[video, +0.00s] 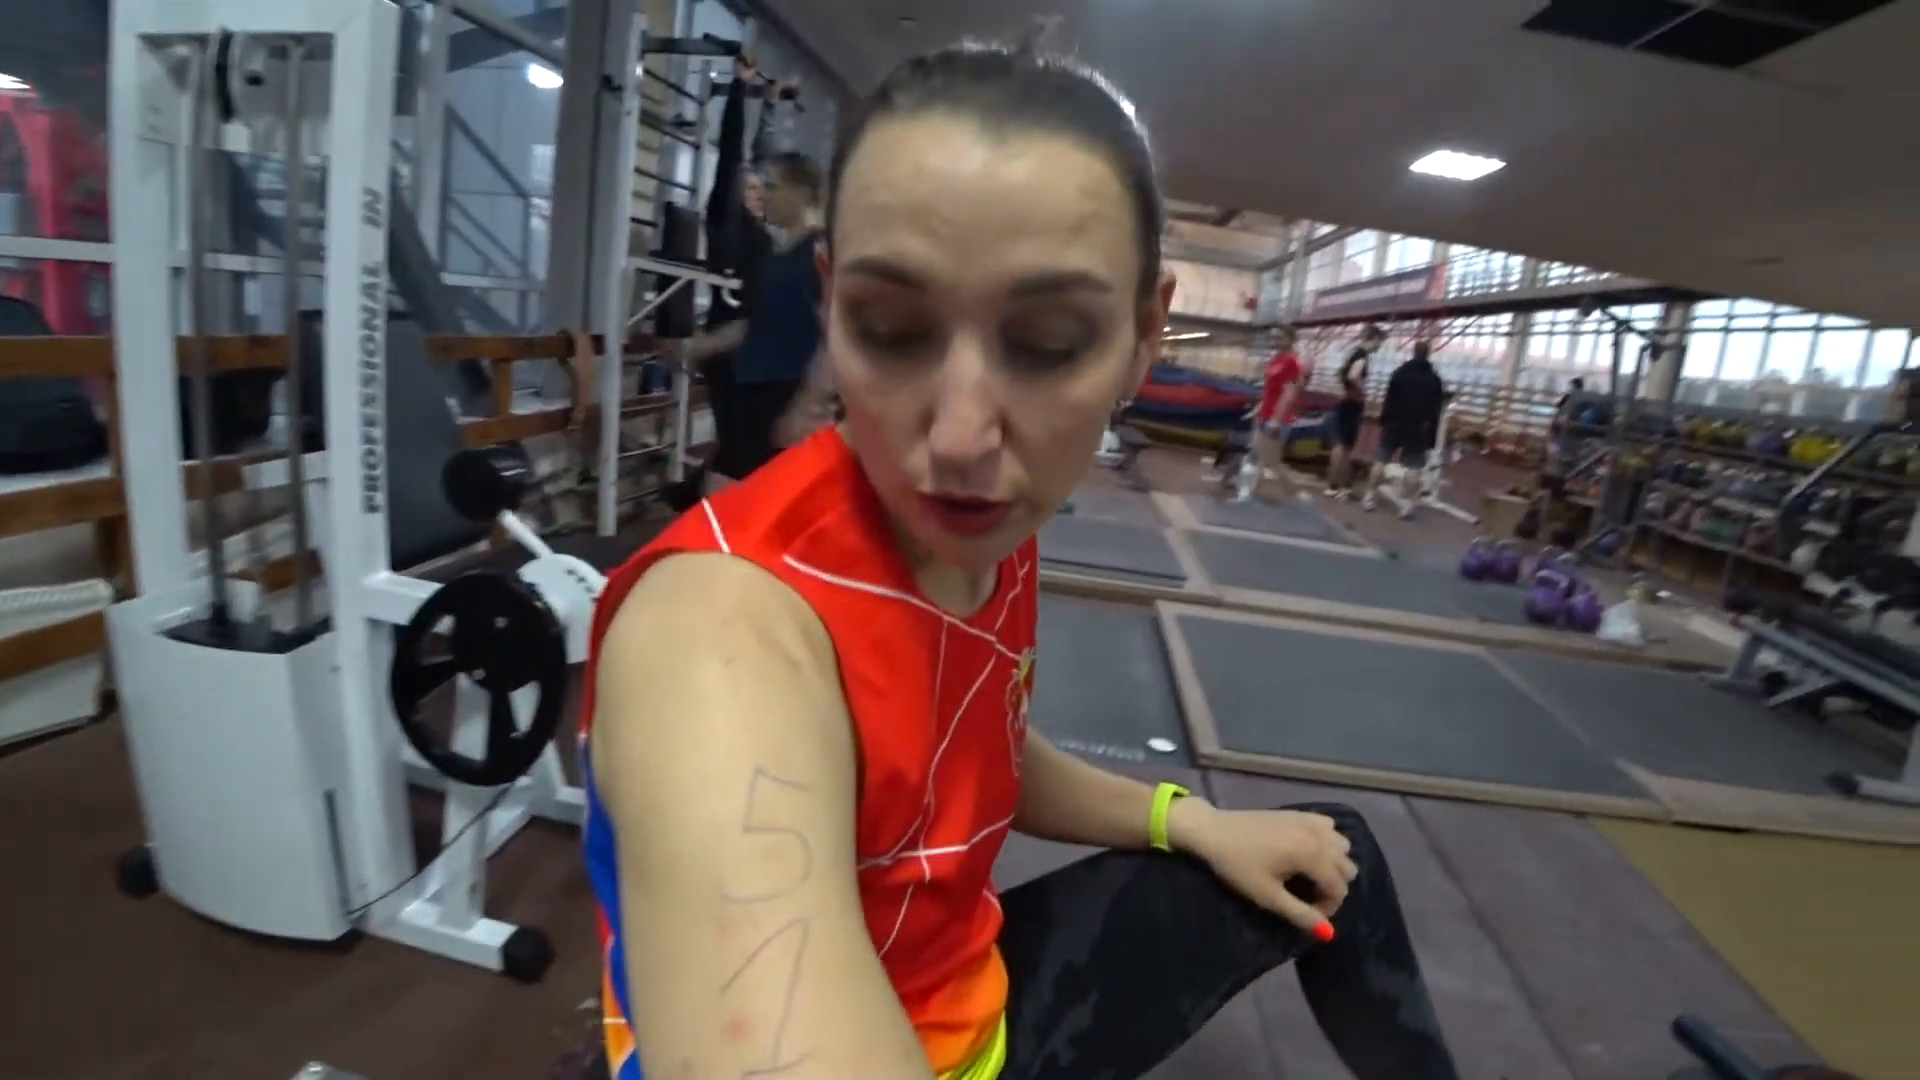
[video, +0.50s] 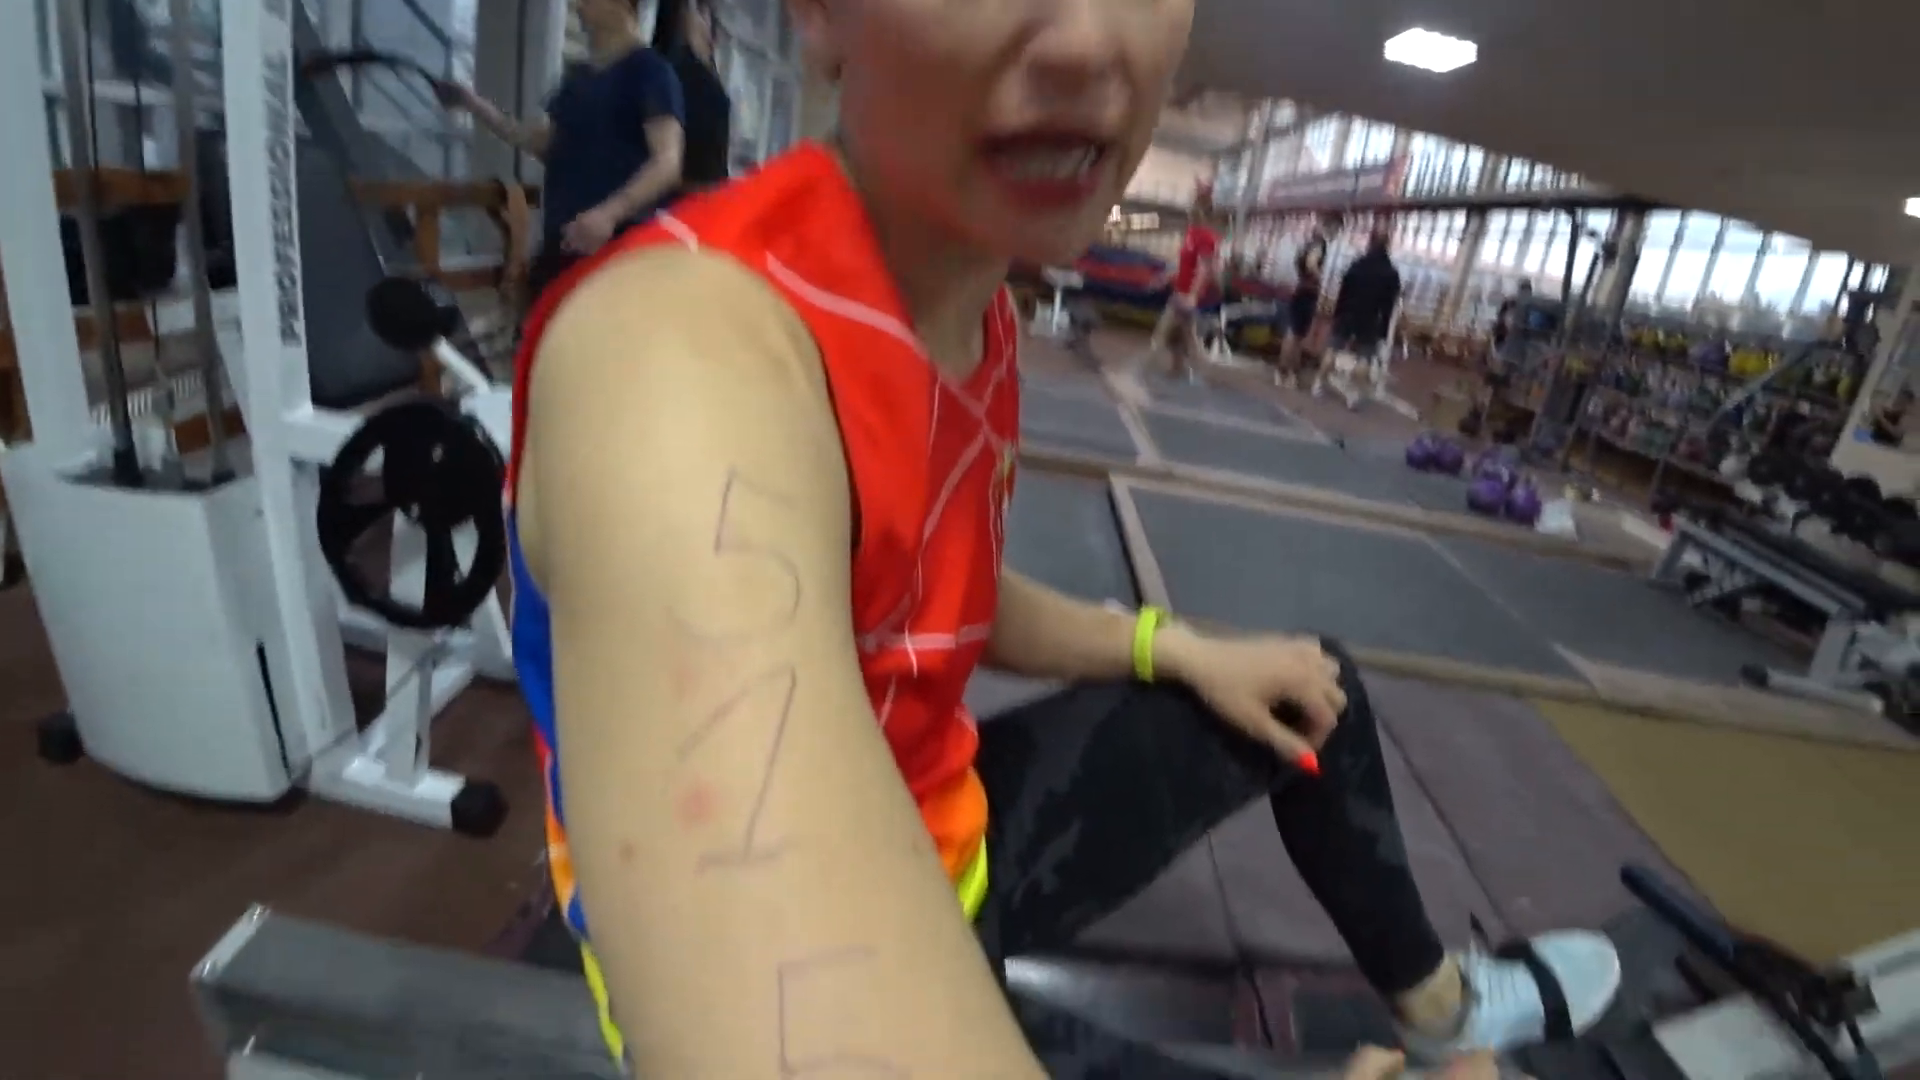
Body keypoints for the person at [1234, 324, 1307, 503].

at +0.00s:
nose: (1274, 342)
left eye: (1279, 338)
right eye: (1272, 338)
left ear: (1290, 340)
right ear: (1271, 339)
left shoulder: (1291, 363)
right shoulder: (1274, 360)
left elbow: (1289, 394)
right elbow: (1269, 392)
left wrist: (1276, 420)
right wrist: (1256, 409)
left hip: (1276, 420)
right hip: (1264, 416)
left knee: (1270, 461)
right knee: (1256, 457)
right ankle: (1246, 494)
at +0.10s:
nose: (1251, 338)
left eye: (1255, 335)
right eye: (1249, 334)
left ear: (1265, 337)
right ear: (1246, 336)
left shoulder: (1266, 359)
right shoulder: (1249, 358)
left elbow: (1264, 389)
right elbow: (1242, 388)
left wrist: (1248, 413)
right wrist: (1230, 406)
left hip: (1251, 414)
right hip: (1239, 412)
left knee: (1240, 453)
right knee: (1235, 453)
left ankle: (1258, 482)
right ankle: (1238, 489)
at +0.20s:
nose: (1231, 329)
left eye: (1236, 326)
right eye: (1231, 325)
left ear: (1245, 329)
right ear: (1230, 327)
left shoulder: (1246, 350)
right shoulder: (1229, 348)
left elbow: (1243, 379)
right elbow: (1220, 379)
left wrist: (1226, 400)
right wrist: (1203, 396)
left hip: (1231, 406)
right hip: (1220, 404)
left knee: (1207, 438)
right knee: (1213, 442)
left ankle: (1219, 480)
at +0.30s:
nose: (1215, 305)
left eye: (1219, 302)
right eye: (1215, 301)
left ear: (1230, 305)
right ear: (1215, 303)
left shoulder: (1230, 327)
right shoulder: (1215, 326)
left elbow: (1228, 356)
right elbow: (1203, 356)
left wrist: (1210, 377)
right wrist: (1184, 369)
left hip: (1214, 385)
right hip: (1206, 382)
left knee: (1187, 409)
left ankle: (1186, 453)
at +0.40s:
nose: (1202, 260)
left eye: (1205, 257)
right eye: (1202, 256)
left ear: (1211, 259)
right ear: (1206, 258)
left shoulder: (1215, 283)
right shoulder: (1203, 282)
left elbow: (1215, 315)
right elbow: (1194, 314)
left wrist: (1199, 339)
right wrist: (1171, 326)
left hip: (1200, 343)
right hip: (1194, 340)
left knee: (1174, 378)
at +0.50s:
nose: (1192, 213)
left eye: (1195, 210)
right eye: (1193, 209)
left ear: (1202, 211)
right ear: (1197, 211)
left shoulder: (1205, 236)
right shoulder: (1191, 233)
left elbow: (1203, 268)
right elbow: (1184, 266)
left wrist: (1193, 295)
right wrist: (1164, 279)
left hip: (1187, 296)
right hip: (1180, 293)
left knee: (1168, 334)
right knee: (1181, 335)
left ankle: (1179, 370)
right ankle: (1178, 370)